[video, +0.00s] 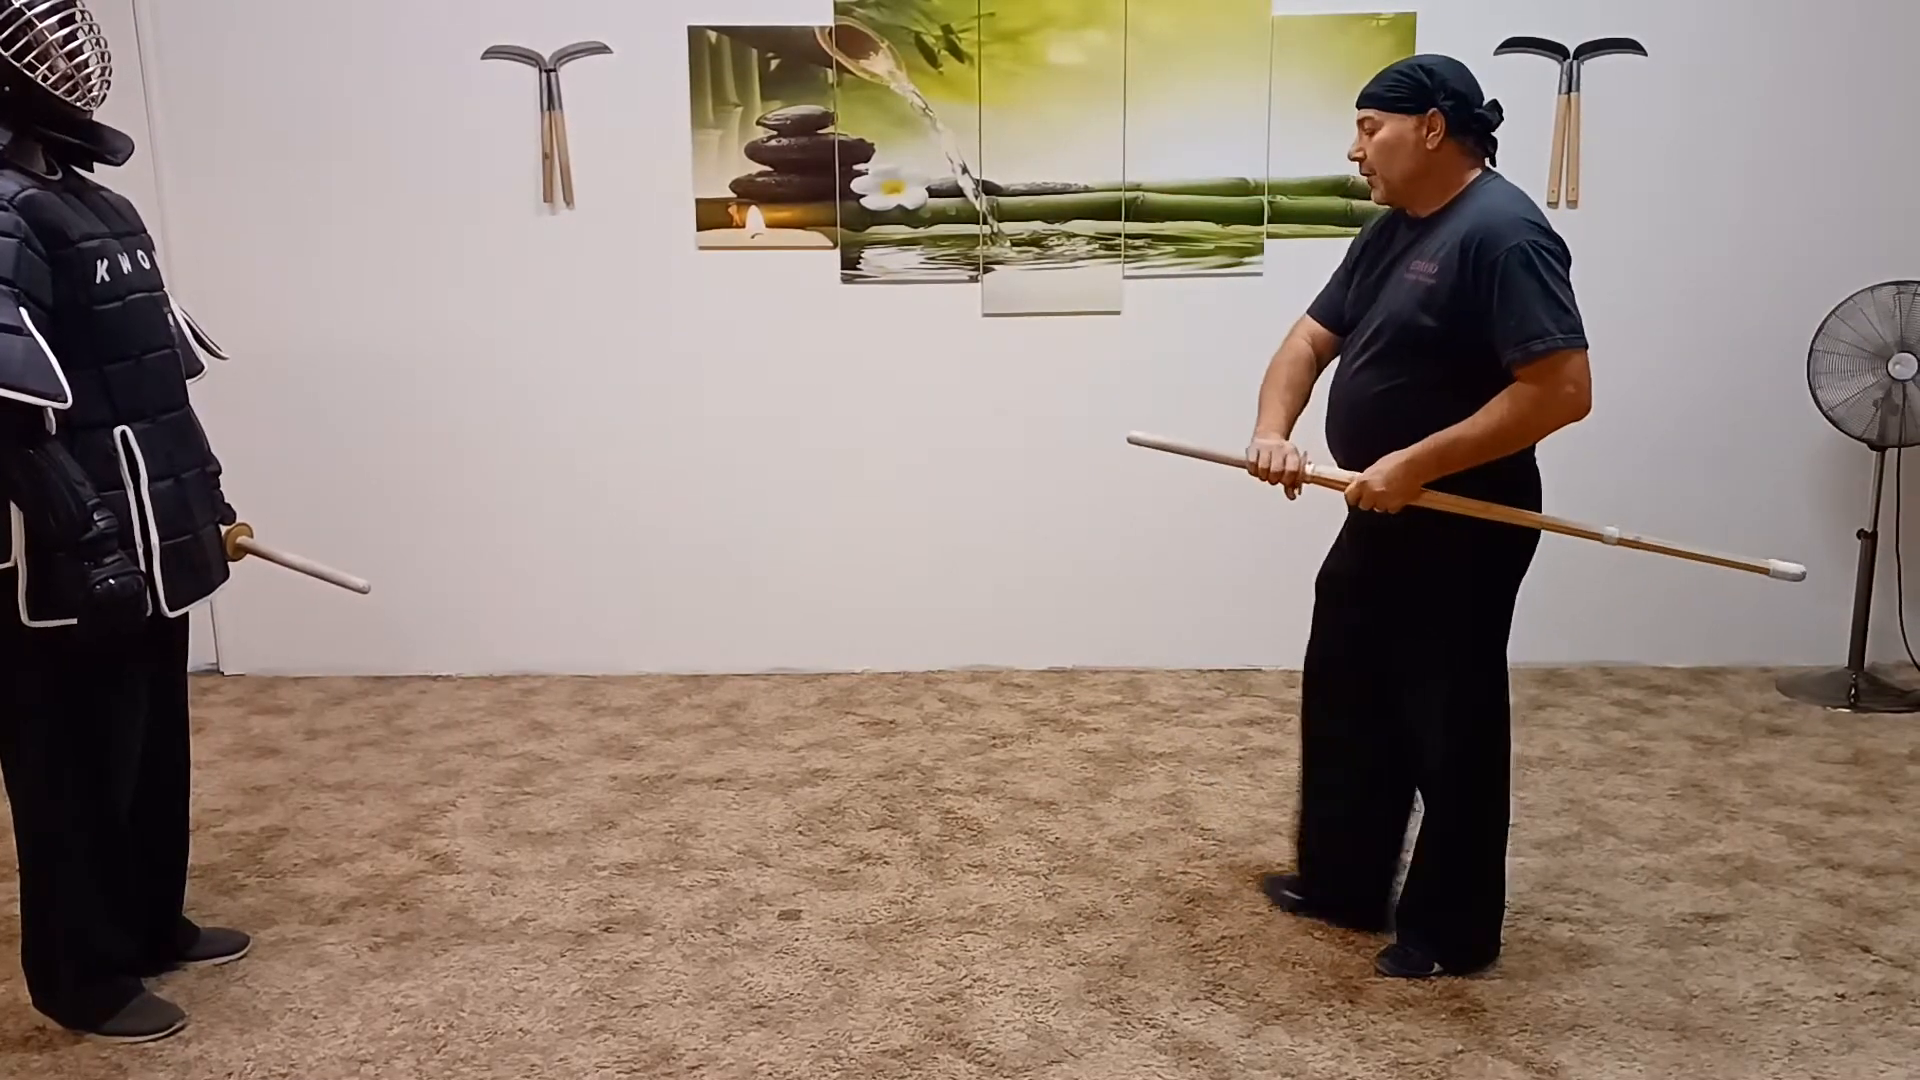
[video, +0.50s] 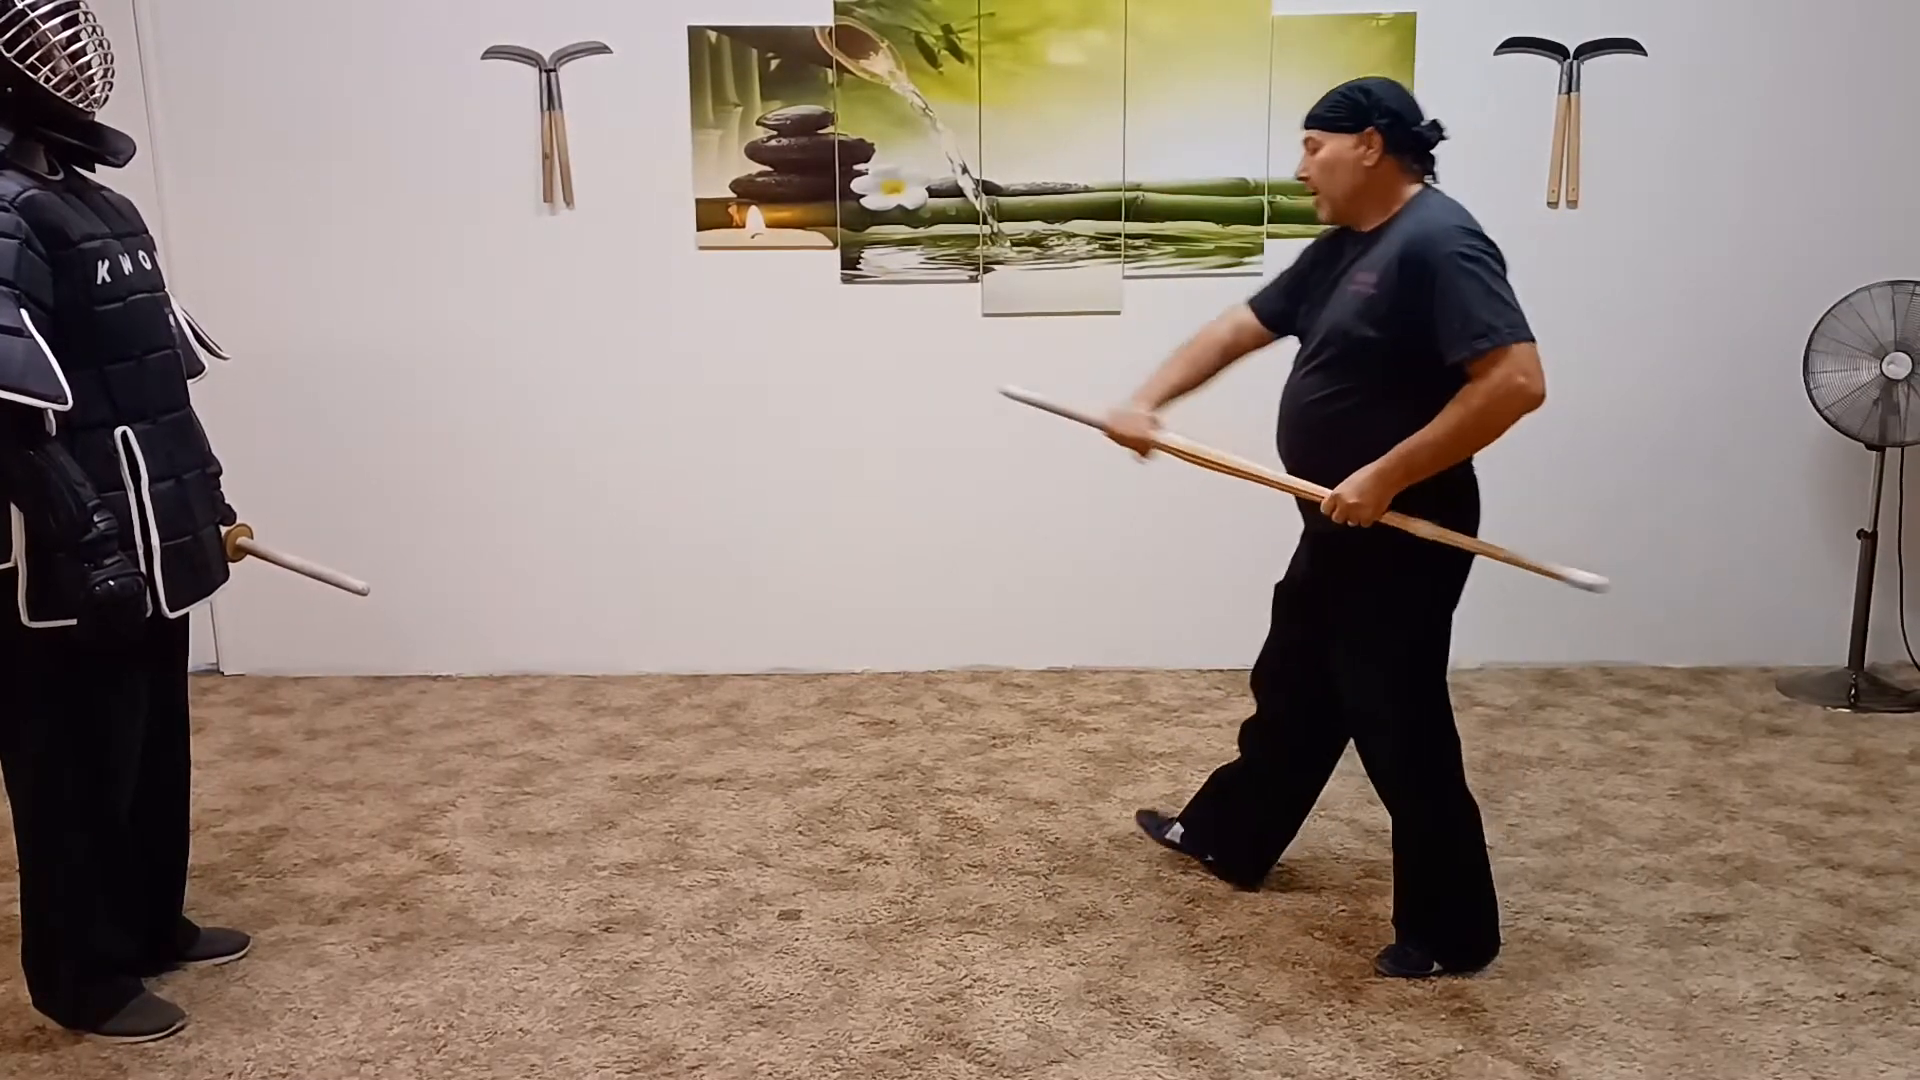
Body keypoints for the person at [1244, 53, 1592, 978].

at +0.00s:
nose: (1357, 146)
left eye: (1372, 125)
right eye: (1358, 128)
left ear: (1432, 128)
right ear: (1420, 134)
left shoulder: (1505, 232)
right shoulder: (1388, 231)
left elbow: (1561, 389)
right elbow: (1307, 343)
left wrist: (1417, 462)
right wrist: (1275, 427)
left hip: (1470, 516)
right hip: (1382, 504)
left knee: (1454, 717)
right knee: (1344, 688)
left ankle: (1453, 931)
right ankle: (1343, 885)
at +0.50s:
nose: (1302, 164)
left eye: (1316, 145)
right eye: (1303, 147)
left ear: (1373, 146)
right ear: (1358, 151)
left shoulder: (1441, 241)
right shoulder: (1339, 247)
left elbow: (1515, 379)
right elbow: (1240, 328)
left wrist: (1387, 474)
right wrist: (1146, 399)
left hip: (1409, 530)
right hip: (1337, 519)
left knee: (1404, 725)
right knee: (1296, 689)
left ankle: (1452, 931)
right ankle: (1231, 837)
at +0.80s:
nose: (1224, 164)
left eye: (1238, 147)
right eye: (1223, 152)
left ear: (1296, 147)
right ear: (1271, 158)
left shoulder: (1366, 230)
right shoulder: (1255, 245)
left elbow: (1463, 343)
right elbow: (1142, 291)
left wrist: (1386, 479)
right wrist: (1030, 334)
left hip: (1359, 528)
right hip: (1283, 520)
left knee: (1395, 733)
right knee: (1247, 686)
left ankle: (1455, 929)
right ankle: (1213, 846)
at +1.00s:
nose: (1187, 188)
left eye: (1198, 168)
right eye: (1183, 174)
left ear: (1254, 159)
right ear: (1230, 170)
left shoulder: (1327, 232)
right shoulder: (1212, 257)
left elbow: (1438, 334)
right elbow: (1107, 283)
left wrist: (1413, 484)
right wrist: (998, 315)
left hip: (1346, 531)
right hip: (1262, 527)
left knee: (1393, 731)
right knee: (1216, 667)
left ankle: (1457, 929)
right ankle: (1204, 845)